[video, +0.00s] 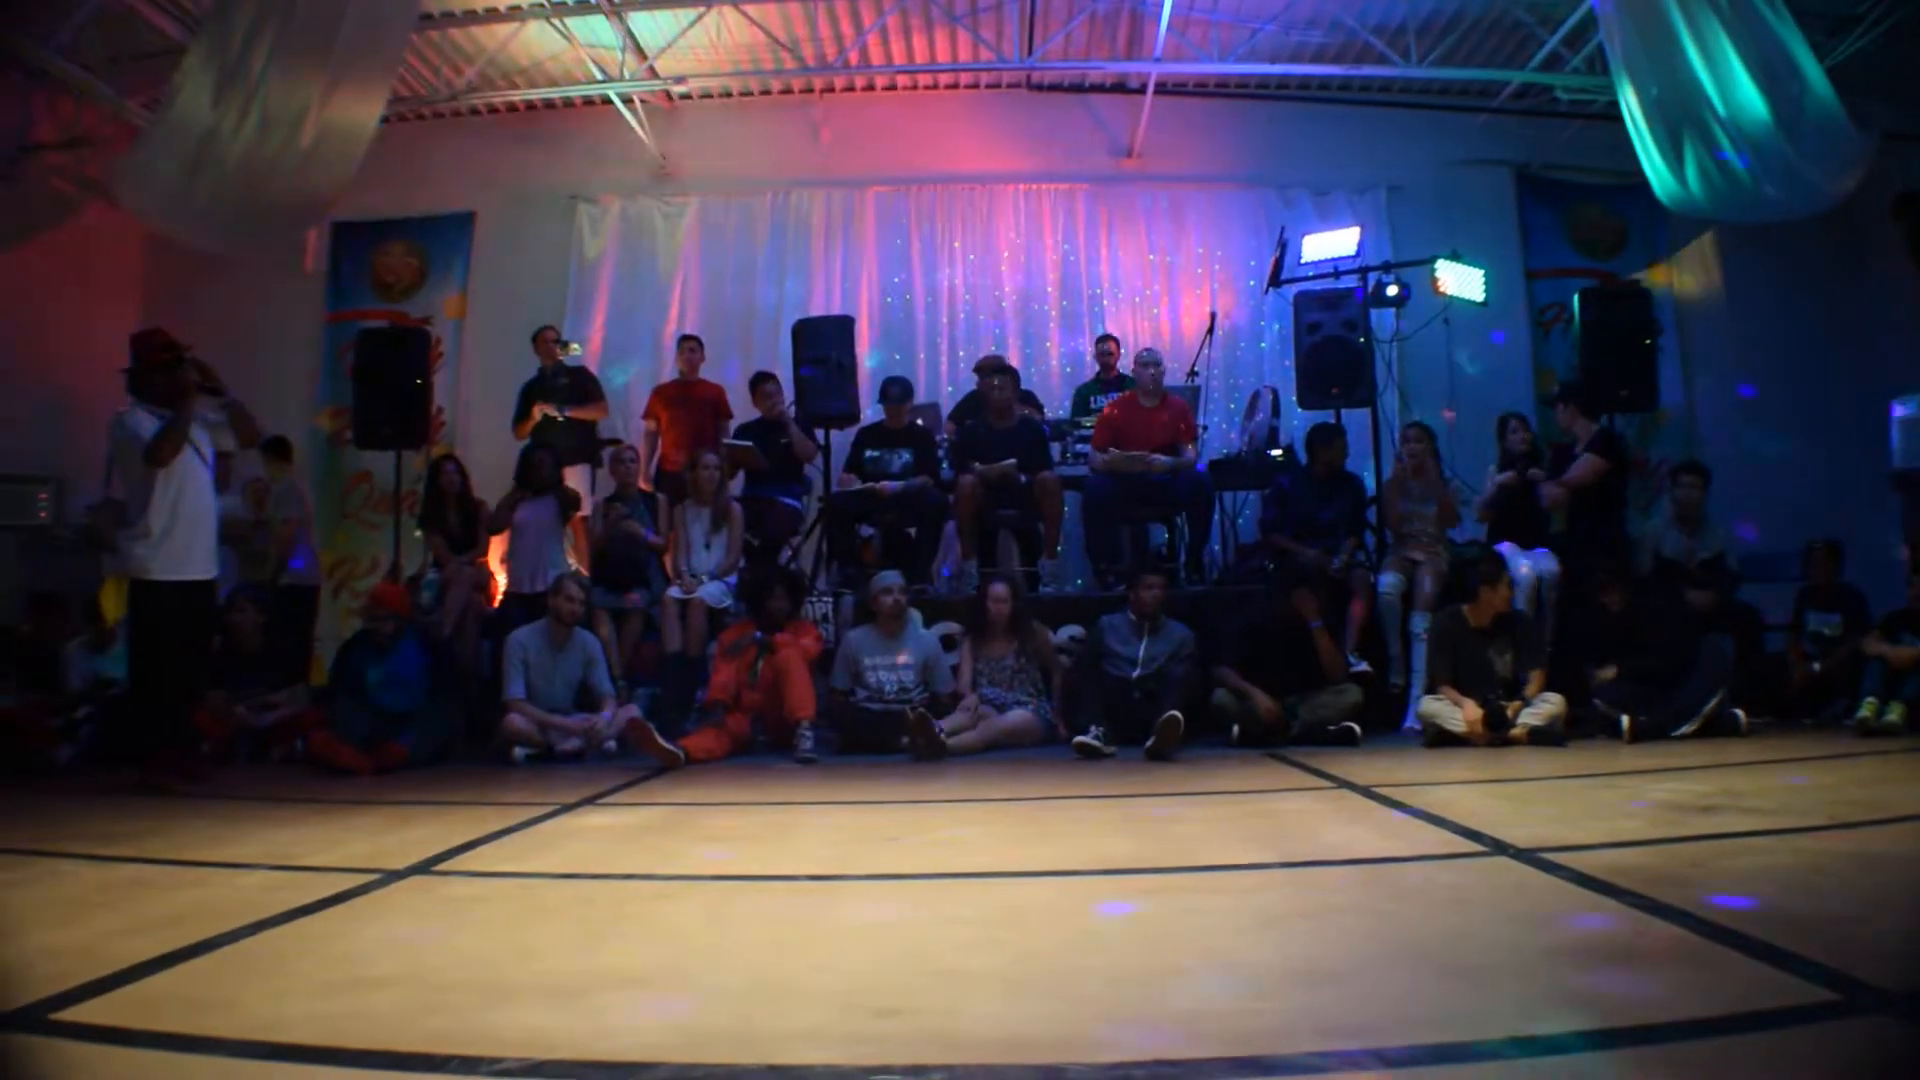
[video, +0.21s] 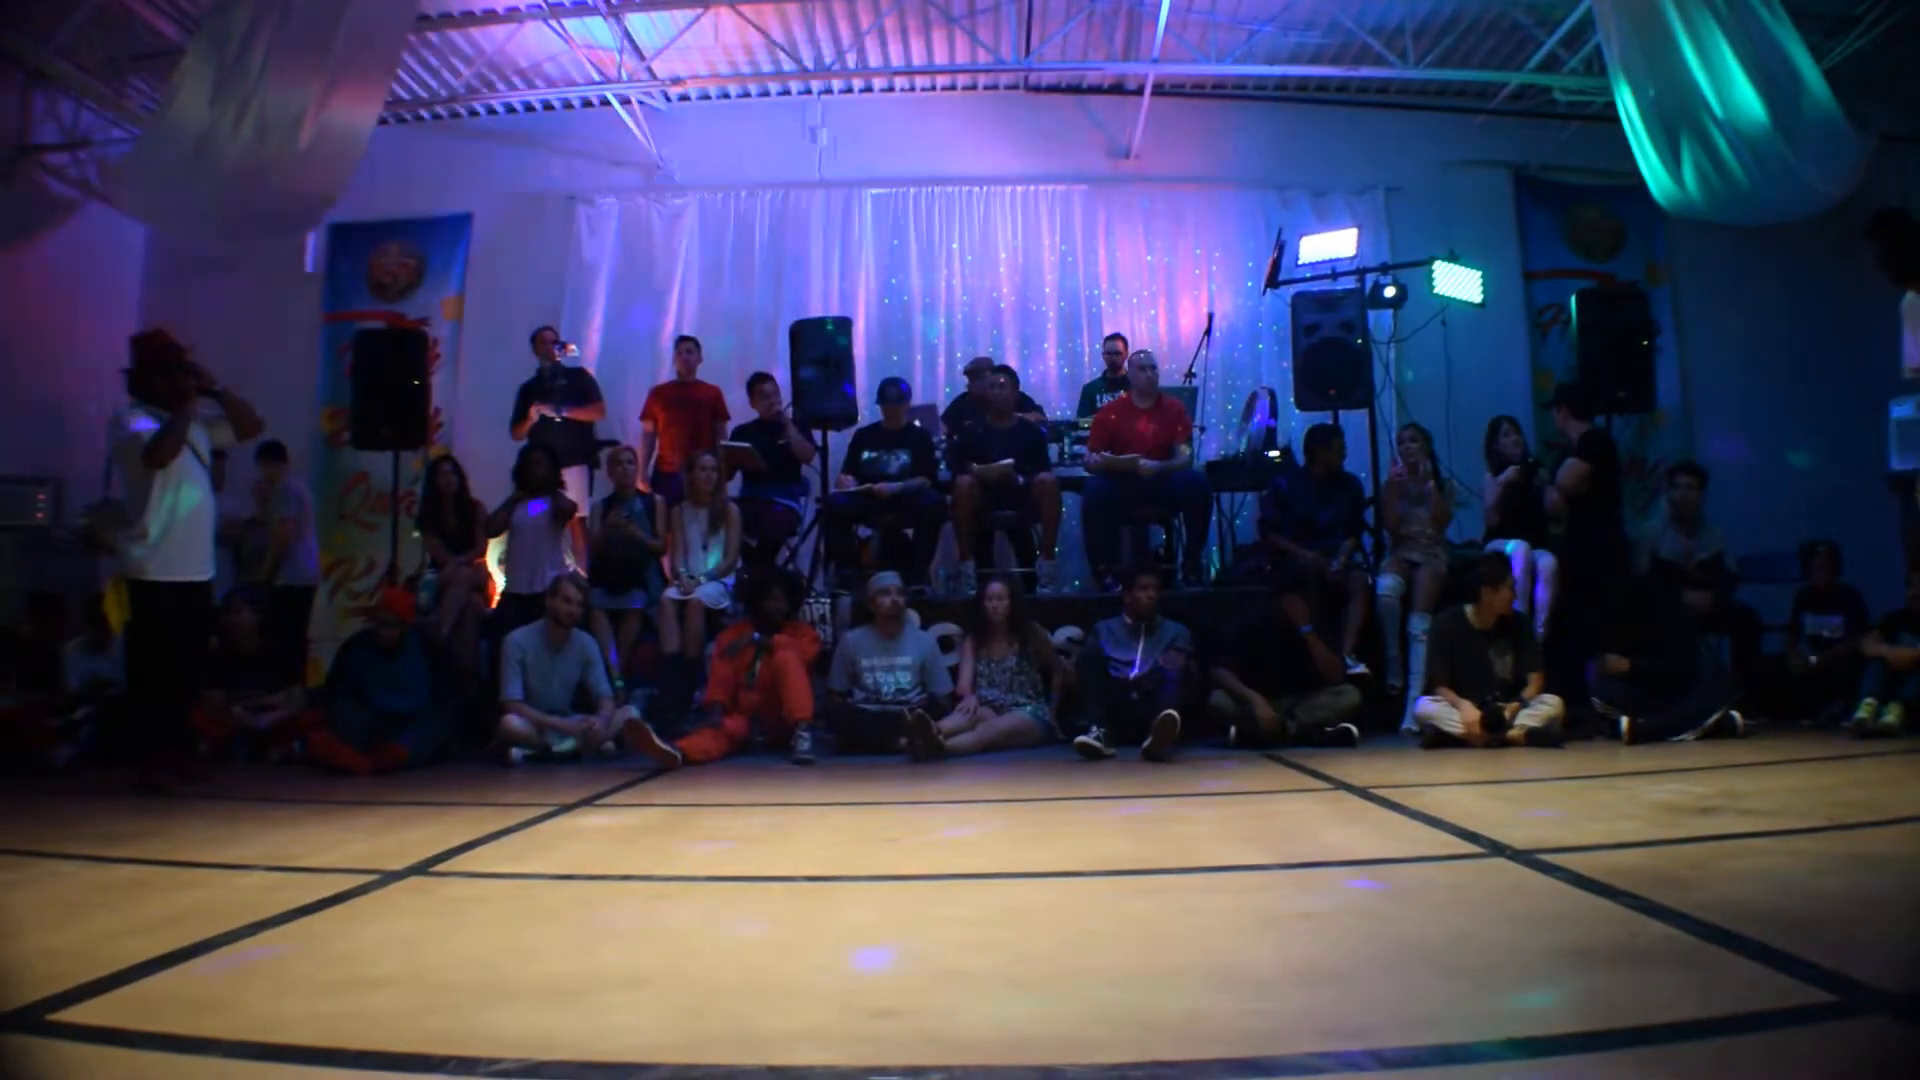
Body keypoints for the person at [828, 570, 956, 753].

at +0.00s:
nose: (896, 599)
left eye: (901, 592)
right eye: (887, 593)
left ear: (907, 598)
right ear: (874, 601)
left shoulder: (926, 641)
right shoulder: (854, 640)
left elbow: (943, 696)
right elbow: (838, 694)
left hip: (913, 711)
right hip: (869, 711)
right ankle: (903, 740)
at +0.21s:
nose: (894, 600)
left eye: (899, 593)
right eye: (885, 594)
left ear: (905, 599)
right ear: (872, 603)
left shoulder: (923, 641)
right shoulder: (851, 641)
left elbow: (942, 698)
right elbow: (836, 696)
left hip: (910, 713)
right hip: (867, 713)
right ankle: (900, 741)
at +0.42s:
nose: (893, 600)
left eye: (898, 594)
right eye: (885, 594)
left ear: (904, 600)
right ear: (871, 603)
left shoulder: (922, 642)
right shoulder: (851, 642)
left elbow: (941, 700)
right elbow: (835, 698)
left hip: (910, 715)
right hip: (866, 716)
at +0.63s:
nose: (891, 602)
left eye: (895, 596)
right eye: (882, 596)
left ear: (901, 601)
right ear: (869, 605)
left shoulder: (920, 644)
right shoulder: (848, 644)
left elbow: (939, 700)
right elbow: (831, 698)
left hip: (909, 715)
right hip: (863, 716)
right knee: (833, 717)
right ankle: (897, 744)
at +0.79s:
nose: (890, 603)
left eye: (894, 596)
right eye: (881, 597)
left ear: (900, 601)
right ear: (867, 605)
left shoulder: (917, 644)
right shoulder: (847, 644)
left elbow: (937, 701)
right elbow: (830, 698)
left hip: (906, 714)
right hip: (862, 715)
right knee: (831, 718)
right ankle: (894, 744)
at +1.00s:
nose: (888, 602)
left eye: (892, 596)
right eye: (880, 597)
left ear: (898, 602)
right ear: (866, 605)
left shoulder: (917, 645)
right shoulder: (846, 645)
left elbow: (936, 702)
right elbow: (829, 699)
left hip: (905, 716)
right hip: (860, 717)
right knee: (831, 718)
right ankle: (894, 744)